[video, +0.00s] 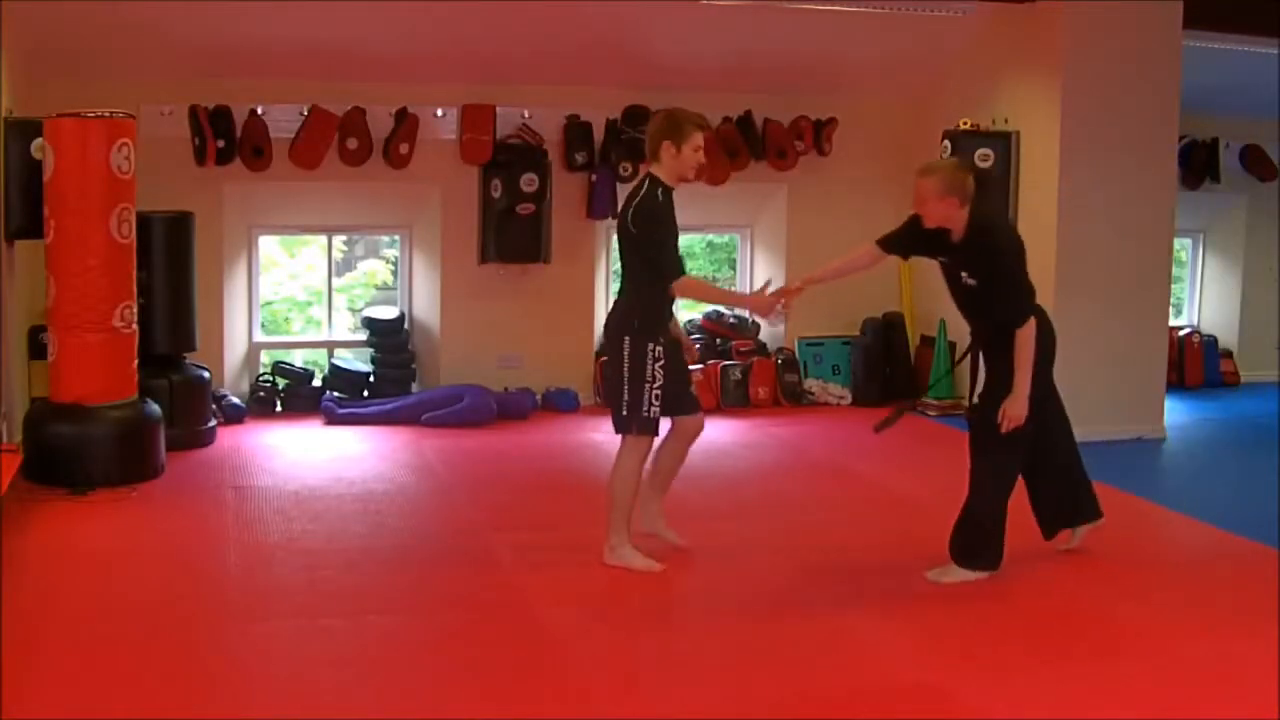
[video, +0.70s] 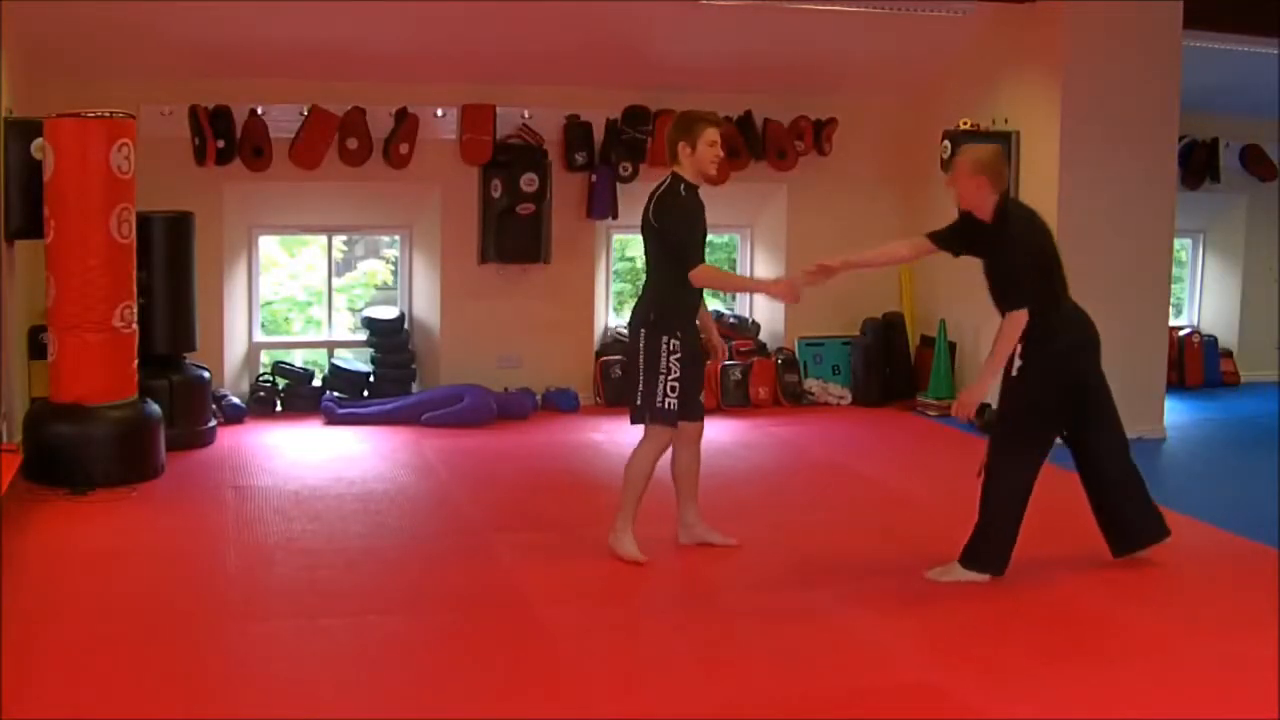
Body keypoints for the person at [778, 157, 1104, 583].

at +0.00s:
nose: (917, 209)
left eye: (925, 201)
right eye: (918, 201)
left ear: (954, 203)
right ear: (942, 203)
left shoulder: (997, 240)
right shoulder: (931, 230)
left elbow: (1024, 321)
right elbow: (871, 254)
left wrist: (1020, 394)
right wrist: (804, 282)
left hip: (1023, 345)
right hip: (997, 341)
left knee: (991, 433)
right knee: (1039, 423)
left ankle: (977, 556)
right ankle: (1079, 510)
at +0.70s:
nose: (952, 188)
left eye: (956, 179)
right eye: (952, 181)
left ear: (981, 182)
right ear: (980, 182)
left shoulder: (1015, 228)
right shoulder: (978, 225)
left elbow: (1018, 313)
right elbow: (914, 248)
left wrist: (981, 384)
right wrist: (843, 263)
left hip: (1050, 346)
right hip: (1064, 340)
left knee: (1011, 452)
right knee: (1095, 439)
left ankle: (982, 560)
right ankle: (1138, 529)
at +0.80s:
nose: (980, 178)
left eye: (989, 170)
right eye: (983, 170)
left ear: (1015, 177)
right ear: (1011, 179)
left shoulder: (1040, 227)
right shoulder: (1011, 222)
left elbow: (1021, 318)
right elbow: (948, 251)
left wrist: (981, 384)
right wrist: (879, 264)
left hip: (1063, 353)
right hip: (1079, 346)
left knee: (1017, 453)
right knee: (1104, 446)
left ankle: (983, 561)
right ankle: (1144, 538)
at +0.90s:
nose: (1013, 189)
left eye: (1019, 180)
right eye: (1014, 181)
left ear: (1043, 182)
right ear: (1044, 184)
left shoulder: (1069, 229)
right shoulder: (1050, 226)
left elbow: (1053, 305)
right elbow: (995, 249)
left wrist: (1024, 367)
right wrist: (935, 263)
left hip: (1083, 356)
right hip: (1098, 352)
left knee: (1031, 458)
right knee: (1107, 455)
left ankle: (985, 560)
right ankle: (1146, 543)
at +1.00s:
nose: (1031, 197)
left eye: (1037, 188)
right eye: (1032, 189)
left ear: (1065, 189)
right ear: (1064, 191)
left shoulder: (1094, 232)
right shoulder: (1078, 231)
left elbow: (1099, 299)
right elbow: (1043, 258)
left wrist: (1093, 351)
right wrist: (1006, 272)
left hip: (1108, 355)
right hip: (1115, 352)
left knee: (1058, 455)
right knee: (1114, 454)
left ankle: (1000, 554)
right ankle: (1146, 543)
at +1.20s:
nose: (1050, 187)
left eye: (1055, 178)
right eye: (1050, 179)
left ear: (1082, 176)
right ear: (1082, 177)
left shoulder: (1122, 215)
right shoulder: (1104, 218)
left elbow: (1171, 280)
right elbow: (1135, 286)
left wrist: (1205, 345)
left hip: (1141, 351)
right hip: (1135, 347)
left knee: (1101, 440)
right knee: (1140, 442)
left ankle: (1084, 547)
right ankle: (1149, 541)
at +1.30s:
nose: (1057, 190)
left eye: (1062, 180)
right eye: (1057, 181)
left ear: (1090, 177)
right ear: (1090, 179)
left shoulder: (1131, 212)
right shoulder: (1116, 216)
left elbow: (1188, 267)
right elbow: (1173, 268)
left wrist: (1217, 324)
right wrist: (1218, 317)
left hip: (1161, 344)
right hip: (1143, 342)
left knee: (1145, 441)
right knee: (1131, 438)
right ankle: (1146, 542)